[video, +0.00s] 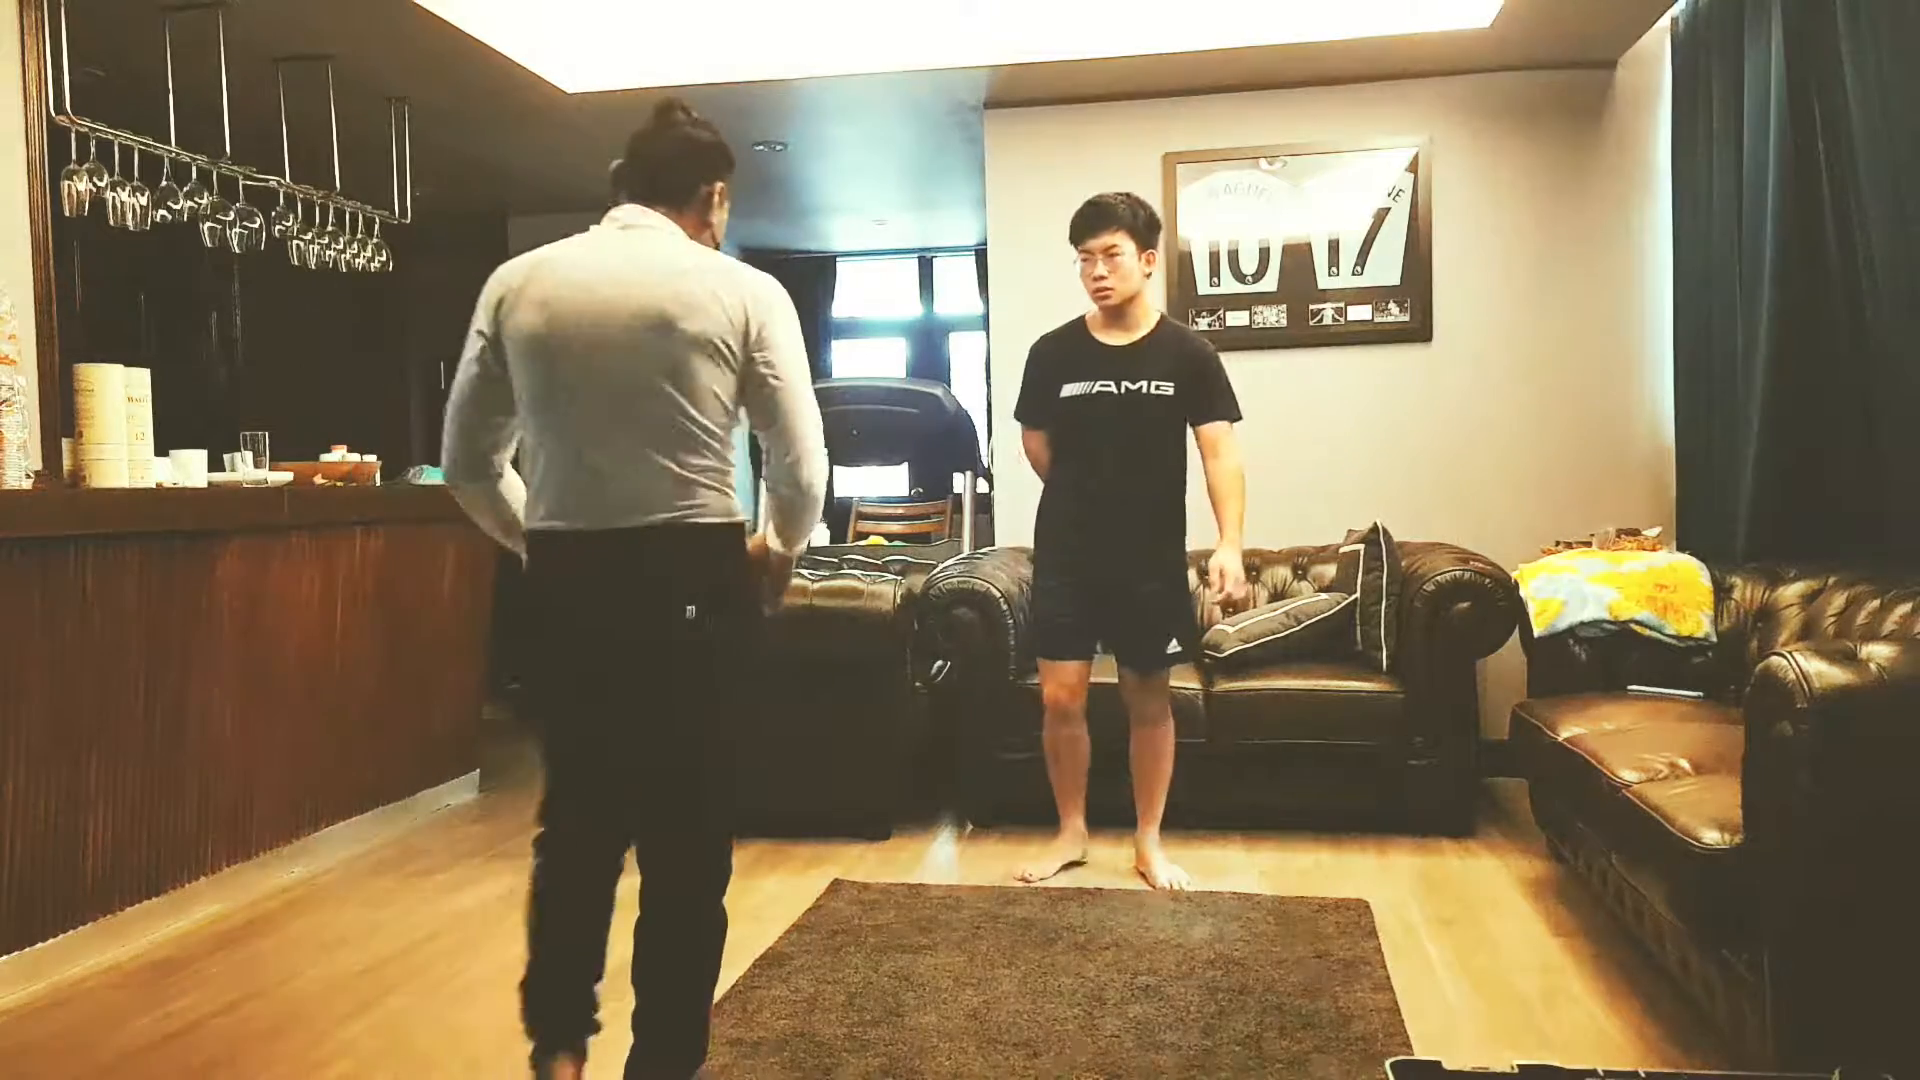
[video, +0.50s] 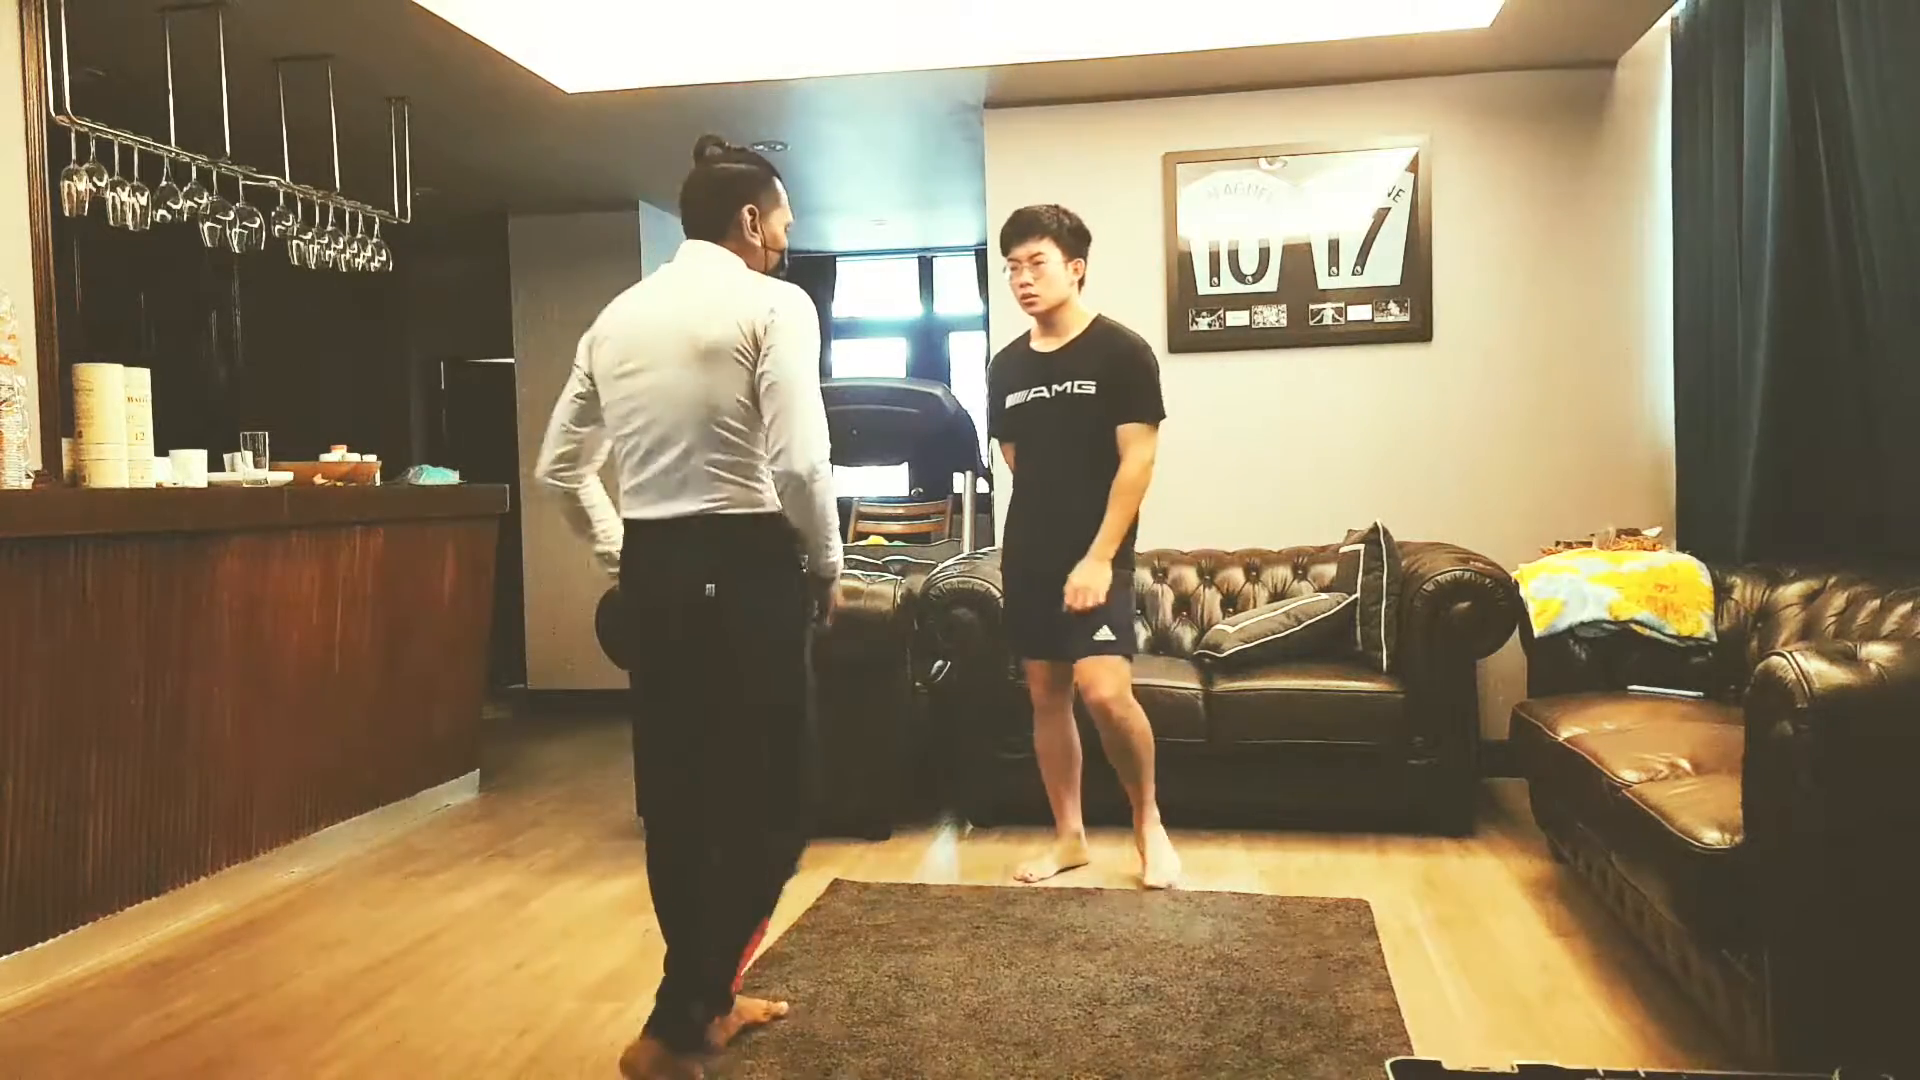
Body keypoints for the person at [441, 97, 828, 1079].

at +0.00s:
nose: (726, 229)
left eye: (724, 210)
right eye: (724, 210)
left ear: (619, 194)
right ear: (703, 202)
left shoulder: (516, 282)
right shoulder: (743, 290)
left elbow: (469, 465)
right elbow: (803, 473)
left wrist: (546, 542)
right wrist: (779, 550)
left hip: (562, 582)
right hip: (691, 581)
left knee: (577, 820)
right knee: (687, 839)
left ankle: (557, 1053)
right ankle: (666, 1063)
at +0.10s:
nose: (743, 227)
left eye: (741, 210)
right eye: (742, 210)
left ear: (644, 200)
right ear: (720, 203)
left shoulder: (542, 292)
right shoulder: (761, 296)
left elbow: (477, 466)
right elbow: (800, 478)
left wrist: (543, 563)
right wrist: (783, 569)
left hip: (586, 579)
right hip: (710, 576)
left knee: (609, 810)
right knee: (699, 824)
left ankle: (606, 1039)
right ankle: (670, 1058)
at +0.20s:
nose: (756, 229)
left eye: (754, 211)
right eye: (754, 211)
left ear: (658, 206)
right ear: (732, 206)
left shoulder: (557, 304)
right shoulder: (767, 303)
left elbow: (497, 462)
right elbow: (798, 483)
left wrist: (559, 566)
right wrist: (784, 584)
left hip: (604, 582)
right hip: (725, 577)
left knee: (634, 801)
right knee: (712, 817)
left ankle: (651, 997)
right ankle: (665, 1059)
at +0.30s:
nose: (769, 234)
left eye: (767, 217)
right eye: (765, 218)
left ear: (673, 216)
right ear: (743, 219)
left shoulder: (576, 316)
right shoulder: (772, 312)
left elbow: (514, 468)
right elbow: (806, 485)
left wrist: (577, 565)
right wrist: (797, 591)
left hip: (620, 584)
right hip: (736, 579)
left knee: (654, 802)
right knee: (723, 811)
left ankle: (704, 991)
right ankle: (665, 1053)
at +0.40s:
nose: (780, 243)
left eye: (777, 225)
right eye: (775, 225)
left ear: (688, 225)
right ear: (748, 224)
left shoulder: (596, 321)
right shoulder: (773, 314)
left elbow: (532, 470)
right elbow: (806, 479)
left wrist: (598, 570)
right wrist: (816, 589)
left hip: (638, 580)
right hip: (747, 576)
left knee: (670, 793)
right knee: (737, 812)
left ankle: (706, 993)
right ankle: (663, 1054)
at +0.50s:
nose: (787, 239)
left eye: (786, 221)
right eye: (782, 222)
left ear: (698, 224)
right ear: (751, 220)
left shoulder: (615, 317)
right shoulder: (774, 303)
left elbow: (562, 462)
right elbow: (800, 462)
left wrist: (622, 553)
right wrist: (827, 565)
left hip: (650, 573)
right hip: (750, 569)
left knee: (672, 790)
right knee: (769, 807)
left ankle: (708, 994)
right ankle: (669, 1034)